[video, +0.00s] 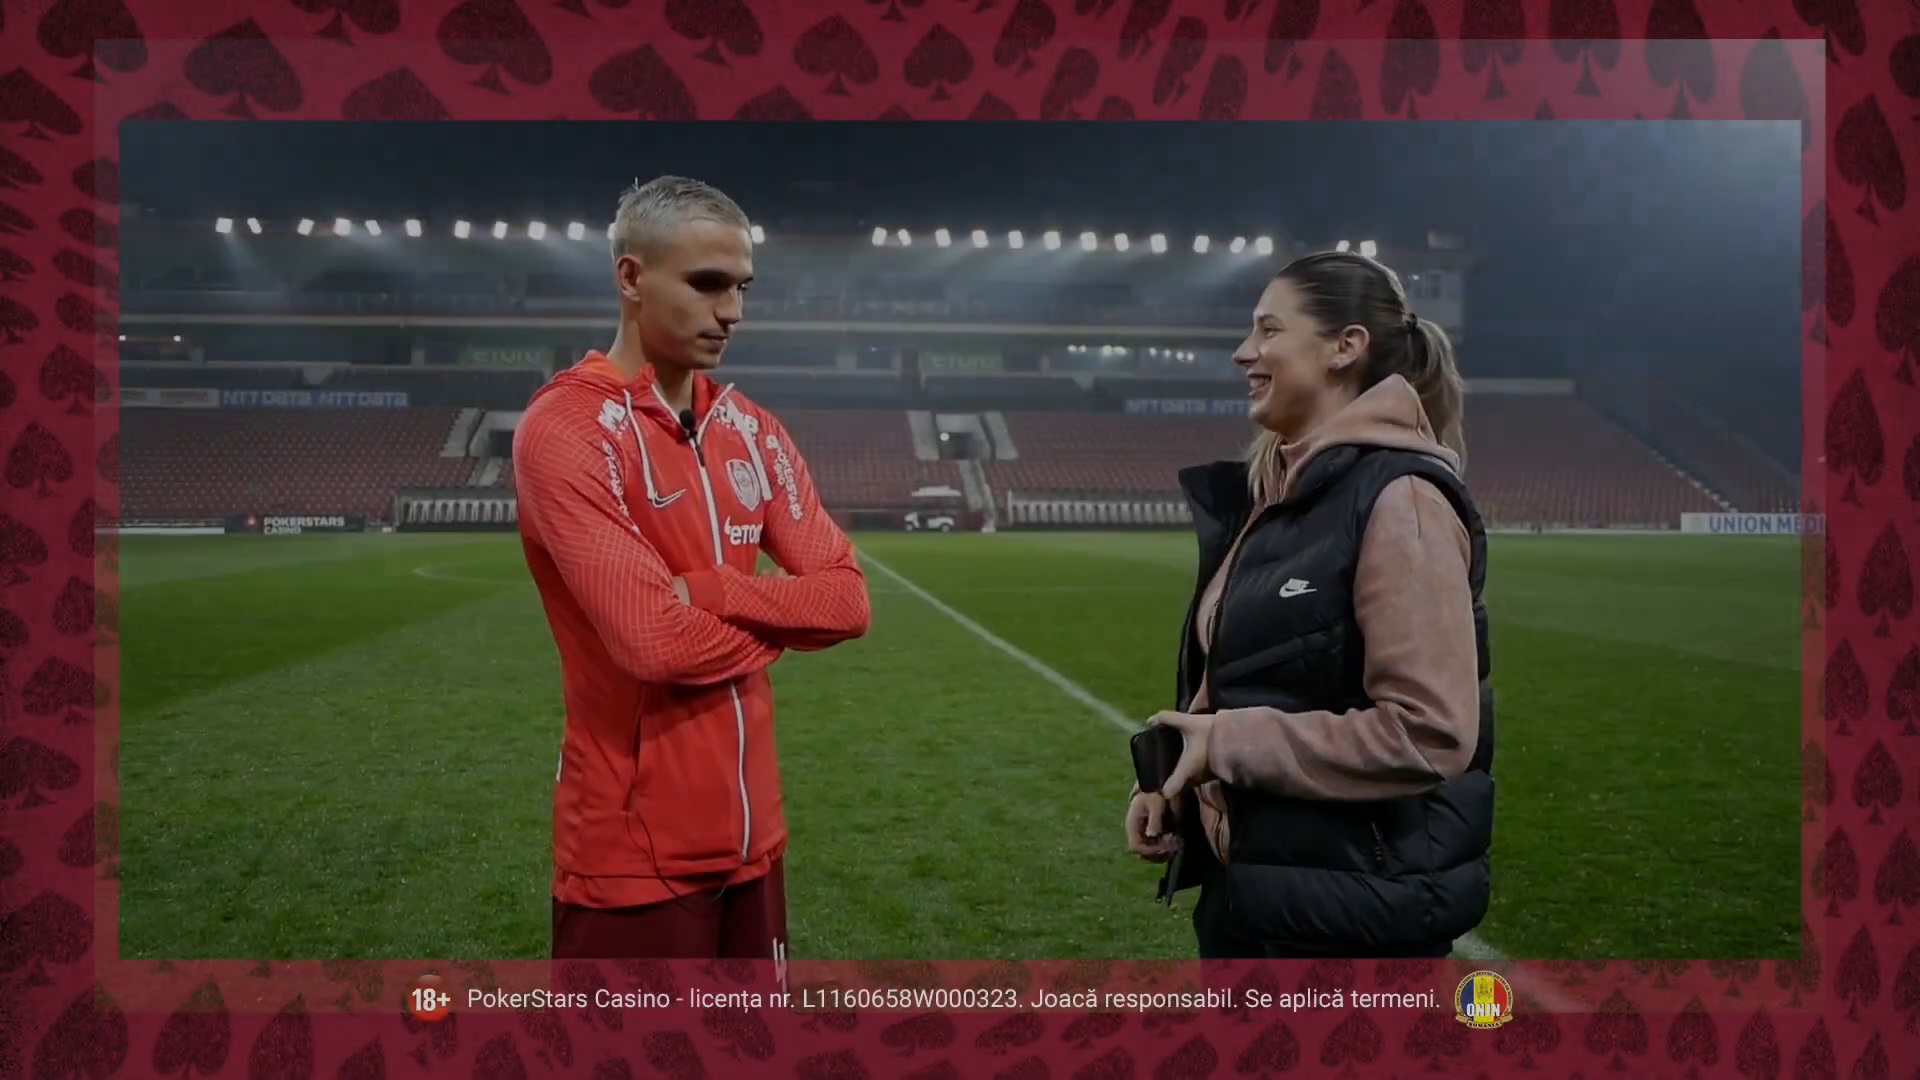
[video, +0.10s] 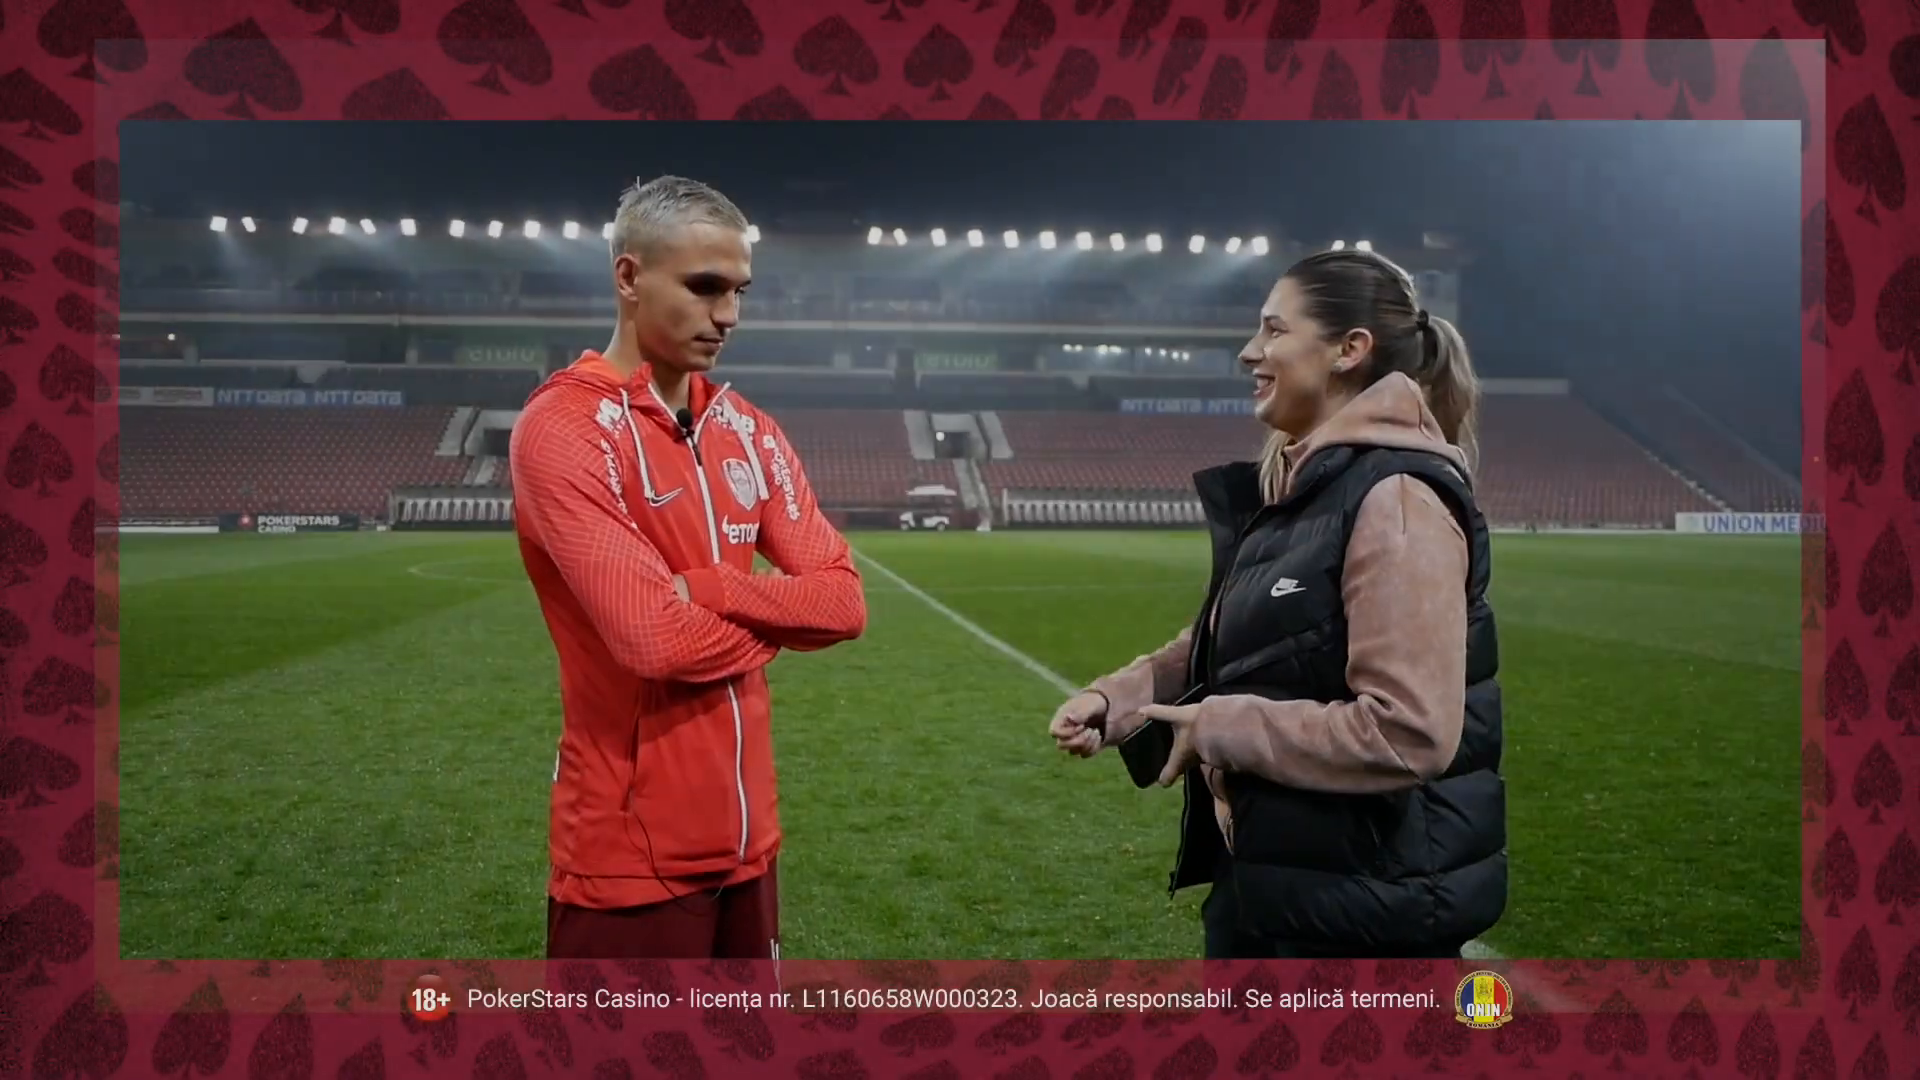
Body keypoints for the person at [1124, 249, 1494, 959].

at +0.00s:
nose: (1243, 354)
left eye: (1269, 329)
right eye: (1252, 332)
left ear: (1347, 346)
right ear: (1339, 348)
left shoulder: (1404, 502)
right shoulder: (1285, 494)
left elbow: (1430, 731)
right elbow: (1247, 682)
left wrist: (1225, 741)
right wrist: (1173, 790)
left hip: (1353, 921)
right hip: (1265, 910)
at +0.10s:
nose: (1250, 353)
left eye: (1274, 331)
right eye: (1258, 332)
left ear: (1351, 350)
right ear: (1345, 353)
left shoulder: (1397, 502)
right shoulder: (1301, 486)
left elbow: (1410, 732)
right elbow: (1223, 640)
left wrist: (1223, 725)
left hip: (1360, 915)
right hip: (1282, 901)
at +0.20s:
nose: (1250, 355)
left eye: (1275, 333)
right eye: (1261, 333)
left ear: (1351, 352)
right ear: (1341, 352)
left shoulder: (1394, 505)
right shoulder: (1298, 490)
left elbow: (1392, 734)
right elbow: (1172, 604)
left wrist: (1213, 722)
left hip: (1359, 911)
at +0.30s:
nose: (1246, 356)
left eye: (1269, 333)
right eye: (1255, 334)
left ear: (1344, 353)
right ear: (1338, 355)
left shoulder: (1385, 509)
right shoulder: (1299, 491)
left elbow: (1391, 741)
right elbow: (1133, 557)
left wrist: (1215, 724)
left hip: (1353, 914)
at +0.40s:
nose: (1237, 358)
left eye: (1260, 337)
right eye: (1246, 338)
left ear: (1334, 357)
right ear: (1329, 359)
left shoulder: (1380, 511)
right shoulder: (1279, 492)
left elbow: (1395, 743)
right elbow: (1119, 534)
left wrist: (1215, 727)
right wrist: (1071, 405)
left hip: (1345, 917)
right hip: (1276, 904)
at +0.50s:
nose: (1224, 361)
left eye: (1246, 340)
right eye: (1233, 341)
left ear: (1320, 360)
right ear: (1317, 362)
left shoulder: (1374, 512)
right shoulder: (1265, 492)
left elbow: (1395, 742)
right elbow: (1107, 530)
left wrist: (1211, 729)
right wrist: (1076, 399)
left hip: (1332, 918)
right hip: (1261, 904)